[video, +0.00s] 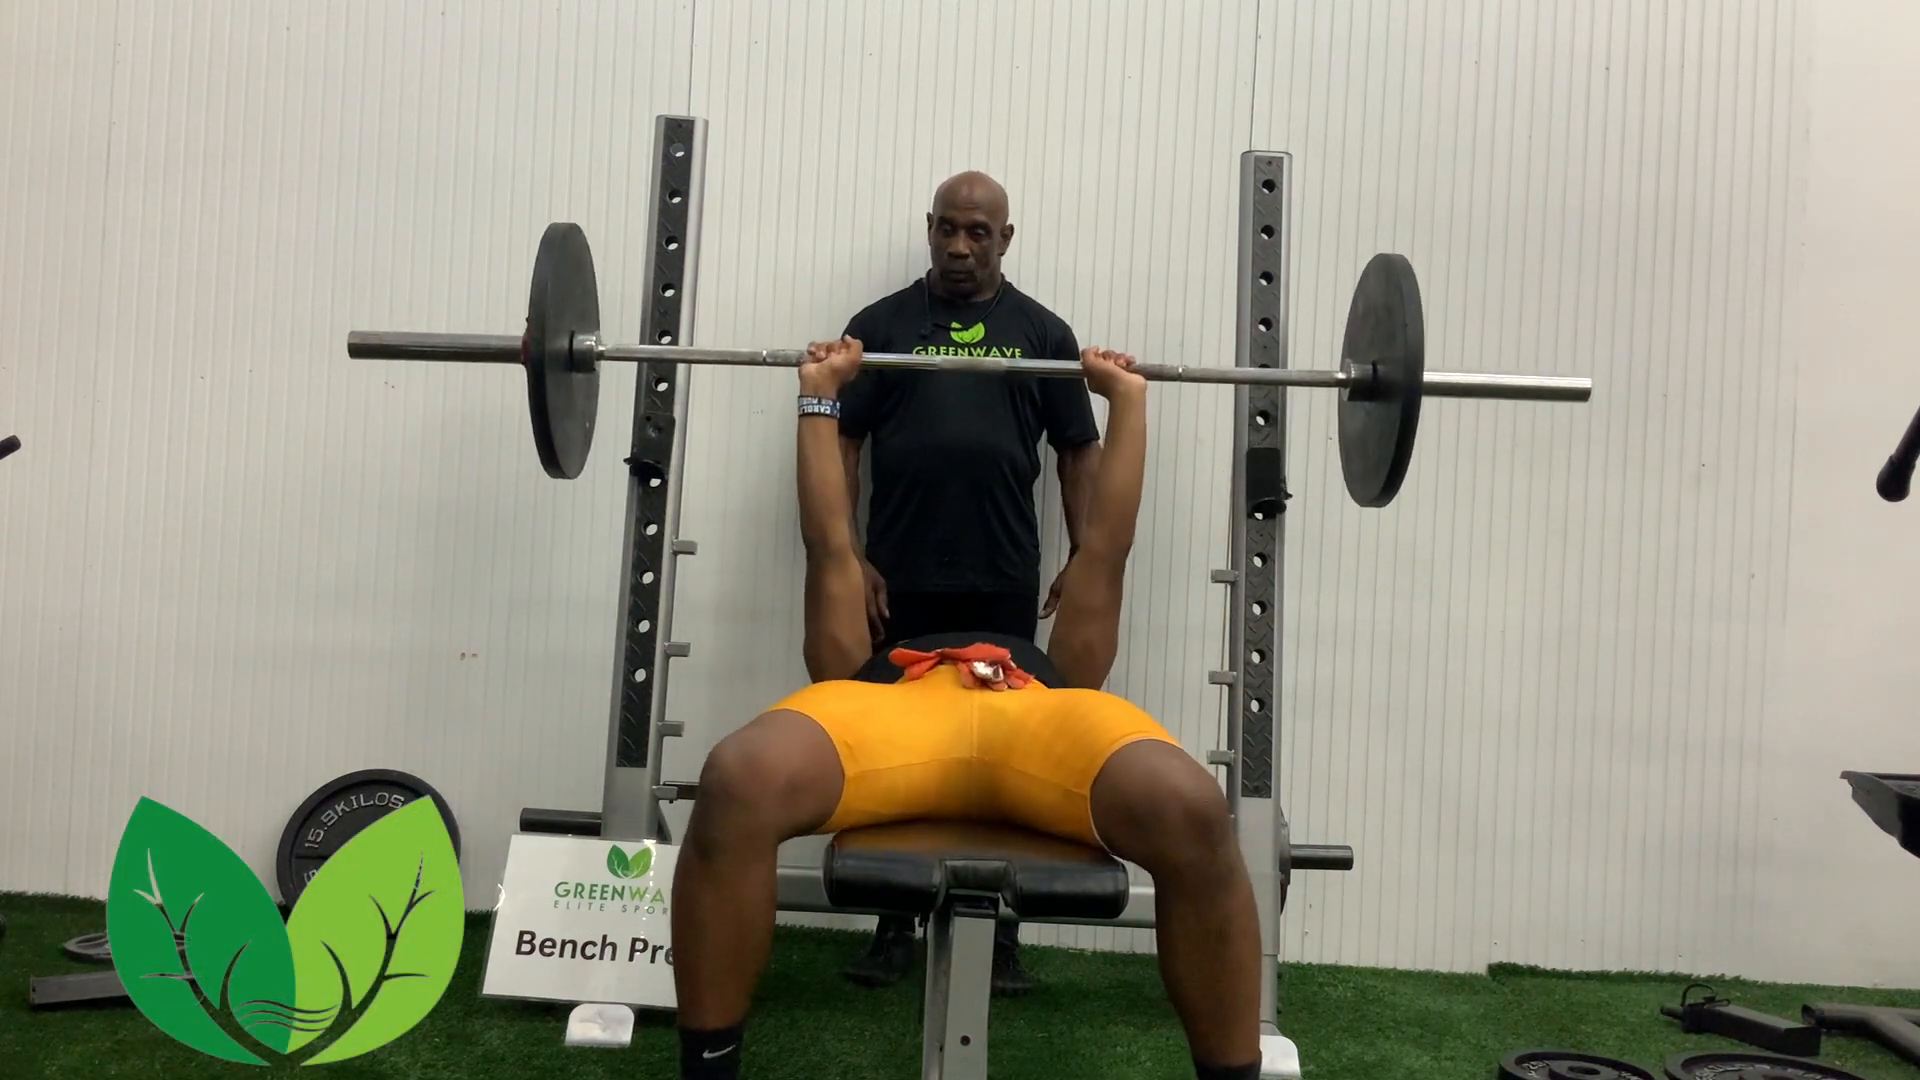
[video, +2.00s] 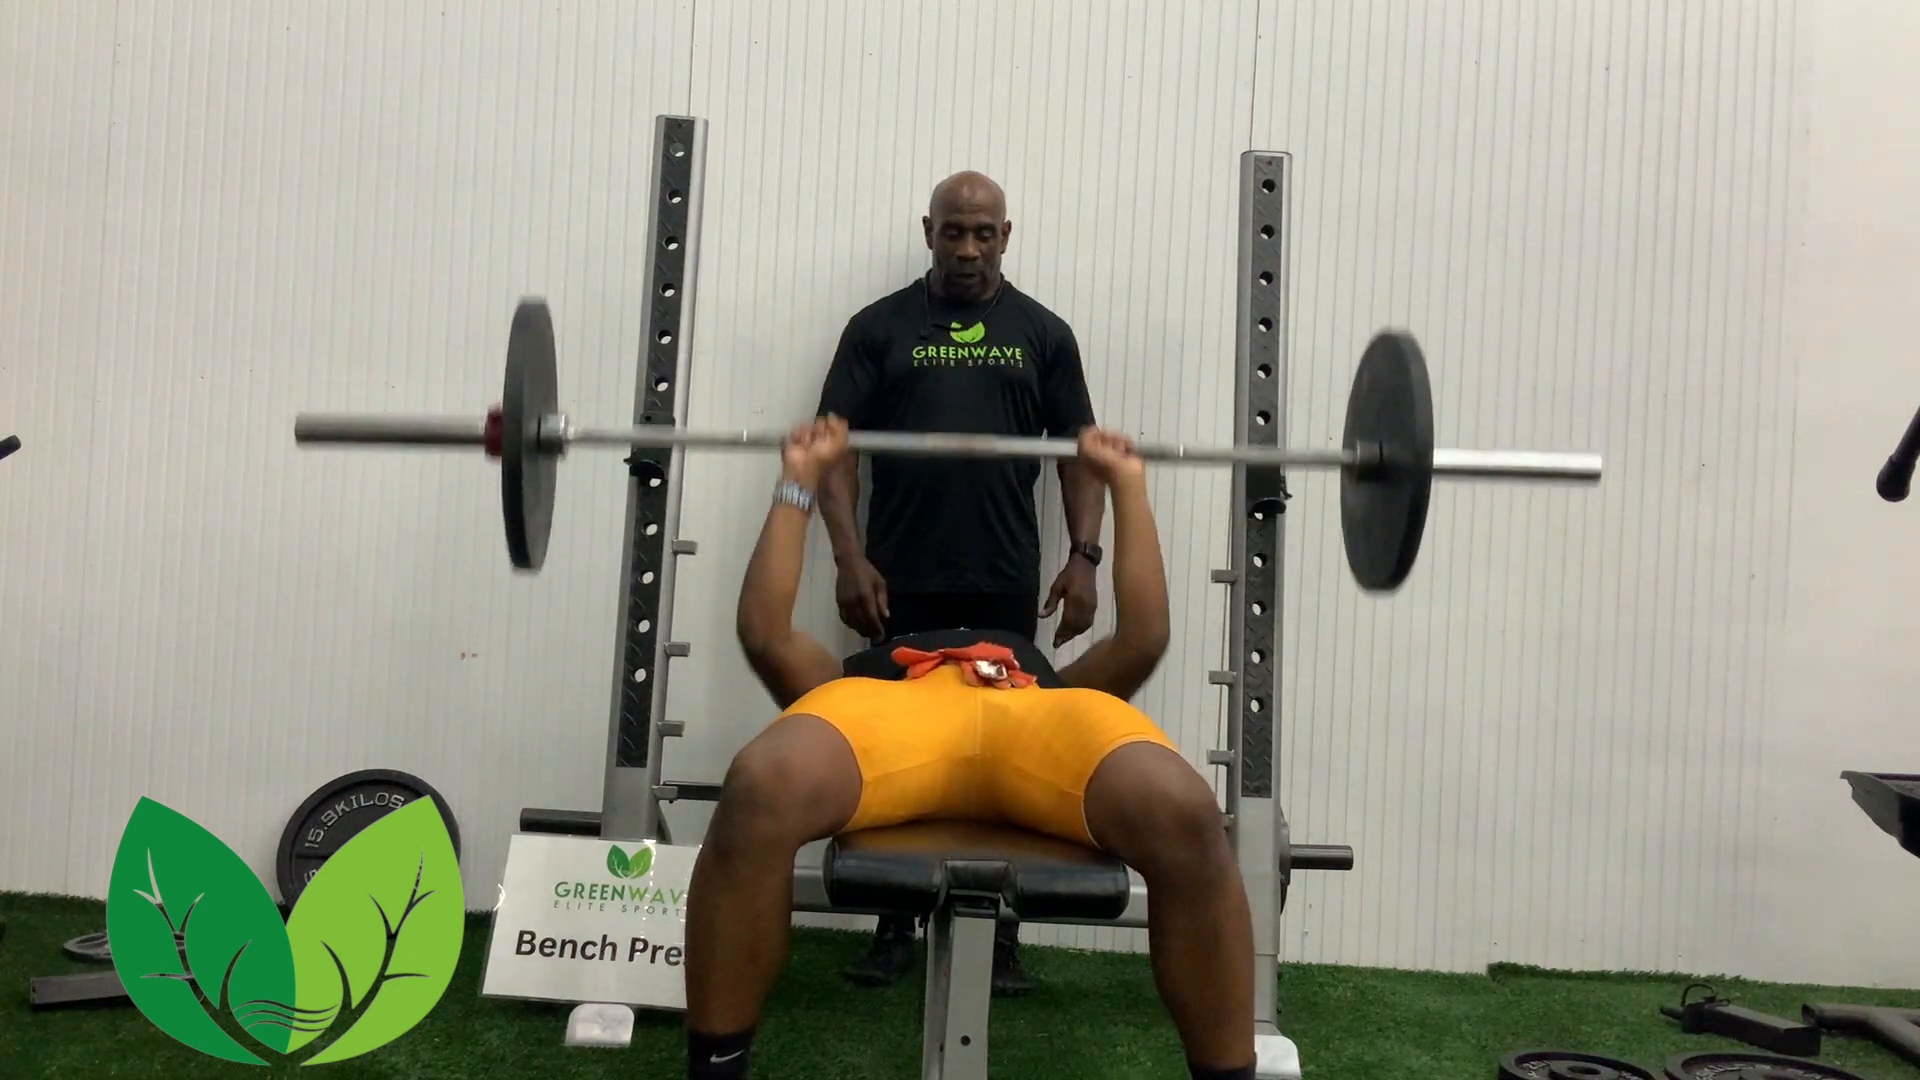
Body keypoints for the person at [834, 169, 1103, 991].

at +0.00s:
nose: (959, 246)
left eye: (977, 232)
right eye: (946, 229)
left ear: (1006, 241)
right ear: (928, 233)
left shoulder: (1045, 337)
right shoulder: (875, 330)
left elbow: (1078, 460)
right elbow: (845, 456)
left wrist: (1082, 560)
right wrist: (849, 558)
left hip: (1007, 579)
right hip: (899, 573)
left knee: (1011, 752)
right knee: (891, 744)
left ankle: (999, 927)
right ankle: (897, 917)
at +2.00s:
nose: (970, 248)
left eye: (986, 234)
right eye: (955, 233)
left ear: (1007, 240)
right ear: (929, 236)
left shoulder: (1044, 335)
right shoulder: (876, 332)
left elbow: (1077, 457)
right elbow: (835, 454)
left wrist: (1083, 556)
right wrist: (850, 558)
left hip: (1008, 585)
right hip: (903, 583)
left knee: (1012, 752)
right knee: (890, 748)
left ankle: (998, 929)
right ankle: (896, 918)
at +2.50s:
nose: (969, 249)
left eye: (985, 235)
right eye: (954, 233)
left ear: (1007, 239)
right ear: (928, 235)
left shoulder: (1041, 335)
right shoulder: (877, 330)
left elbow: (1079, 452)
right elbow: (836, 451)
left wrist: (1083, 560)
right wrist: (850, 562)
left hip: (1005, 591)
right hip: (903, 587)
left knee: (1011, 763)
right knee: (892, 757)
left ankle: (1000, 931)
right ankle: (895, 922)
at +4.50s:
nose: (968, 244)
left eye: (984, 231)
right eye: (952, 229)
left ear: (1005, 239)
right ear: (927, 235)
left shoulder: (1042, 336)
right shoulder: (876, 330)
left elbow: (1079, 452)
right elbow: (835, 447)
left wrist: (1082, 558)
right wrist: (848, 560)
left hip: (1006, 590)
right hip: (901, 587)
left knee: (1012, 761)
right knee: (889, 757)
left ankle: (1000, 930)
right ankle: (895, 922)